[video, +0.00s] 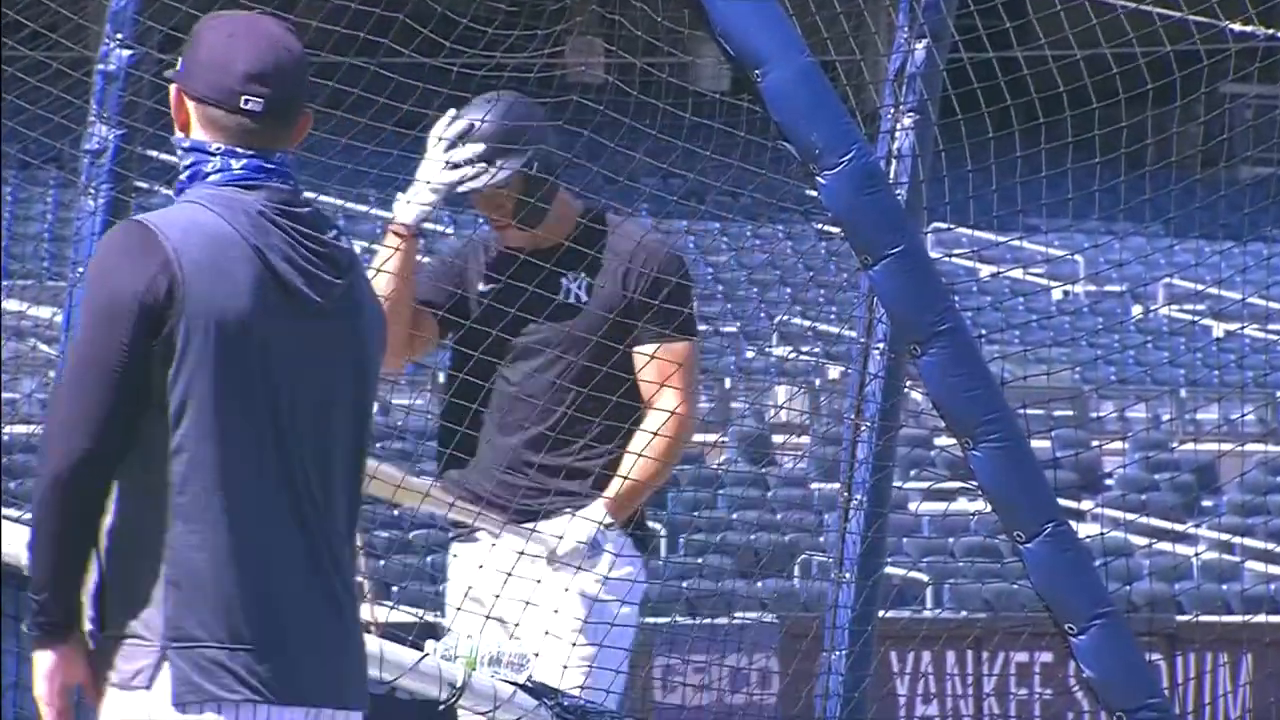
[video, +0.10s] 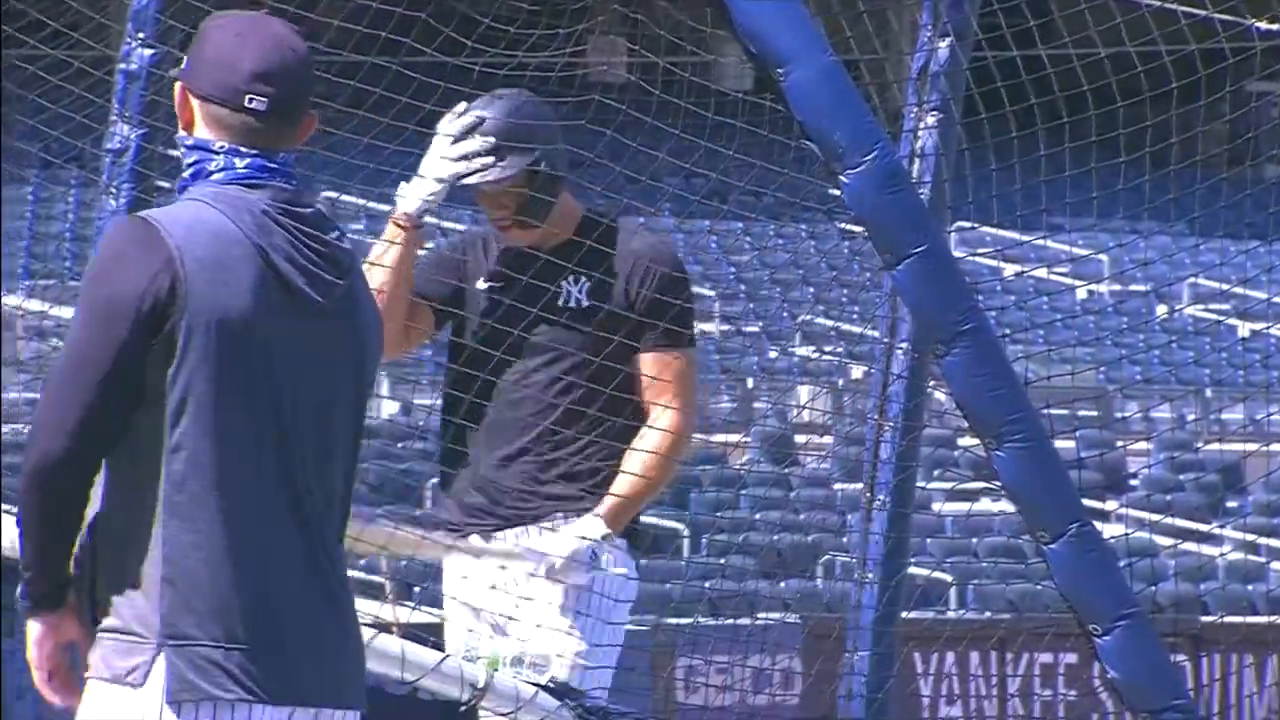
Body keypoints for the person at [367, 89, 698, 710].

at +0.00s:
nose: (490, 216)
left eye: (500, 197)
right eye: (475, 202)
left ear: (544, 175)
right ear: (460, 194)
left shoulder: (642, 259)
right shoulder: (468, 264)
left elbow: (671, 408)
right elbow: (381, 349)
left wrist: (604, 512)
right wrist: (408, 215)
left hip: (586, 547)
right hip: (480, 544)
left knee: (571, 708)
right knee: (477, 708)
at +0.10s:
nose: (499, 215)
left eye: (513, 196)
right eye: (482, 200)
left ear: (554, 172)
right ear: (465, 188)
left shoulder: (639, 261)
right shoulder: (469, 257)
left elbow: (669, 417)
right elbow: (377, 336)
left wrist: (599, 527)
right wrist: (411, 206)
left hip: (569, 550)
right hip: (466, 548)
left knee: (546, 712)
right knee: (480, 709)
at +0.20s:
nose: (512, 210)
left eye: (526, 192)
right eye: (501, 193)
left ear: (570, 177)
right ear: (484, 185)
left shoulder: (658, 269)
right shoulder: (480, 254)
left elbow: (683, 424)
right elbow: (383, 337)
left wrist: (610, 545)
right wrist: (432, 208)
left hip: (581, 557)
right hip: (477, 561)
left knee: (570, 710)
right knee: (481, 708)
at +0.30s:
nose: (531, 220)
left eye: (546, 204)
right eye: (521, 203)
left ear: (591, 194)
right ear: (507, 196)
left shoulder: (673, 296)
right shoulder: (499, 253)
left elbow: (692, 453)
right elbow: (400, 339)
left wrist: (618, 565)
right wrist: (458, 216)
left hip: (582, 563)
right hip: (481, 556)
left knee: (581, 708)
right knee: (496, 705)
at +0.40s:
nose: (556, 231)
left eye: (570, 216)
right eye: (545, 214)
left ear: (613, 200)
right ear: (530, 203)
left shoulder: (687, 298)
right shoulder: (520, 245)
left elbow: (695, 458)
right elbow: (410, 337)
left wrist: (610, 570)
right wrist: (469, 231)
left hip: (588, 554)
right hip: (491, 551)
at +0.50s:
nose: (552, 231)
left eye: (567, 216)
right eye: (543, 213)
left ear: (615, 207)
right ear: (526, 200)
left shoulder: (678, 298)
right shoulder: (516, 248)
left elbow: (673, 460)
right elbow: (398, 328)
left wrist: (594, 585)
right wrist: (485, 218)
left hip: (577, 543)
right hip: (471, 532)